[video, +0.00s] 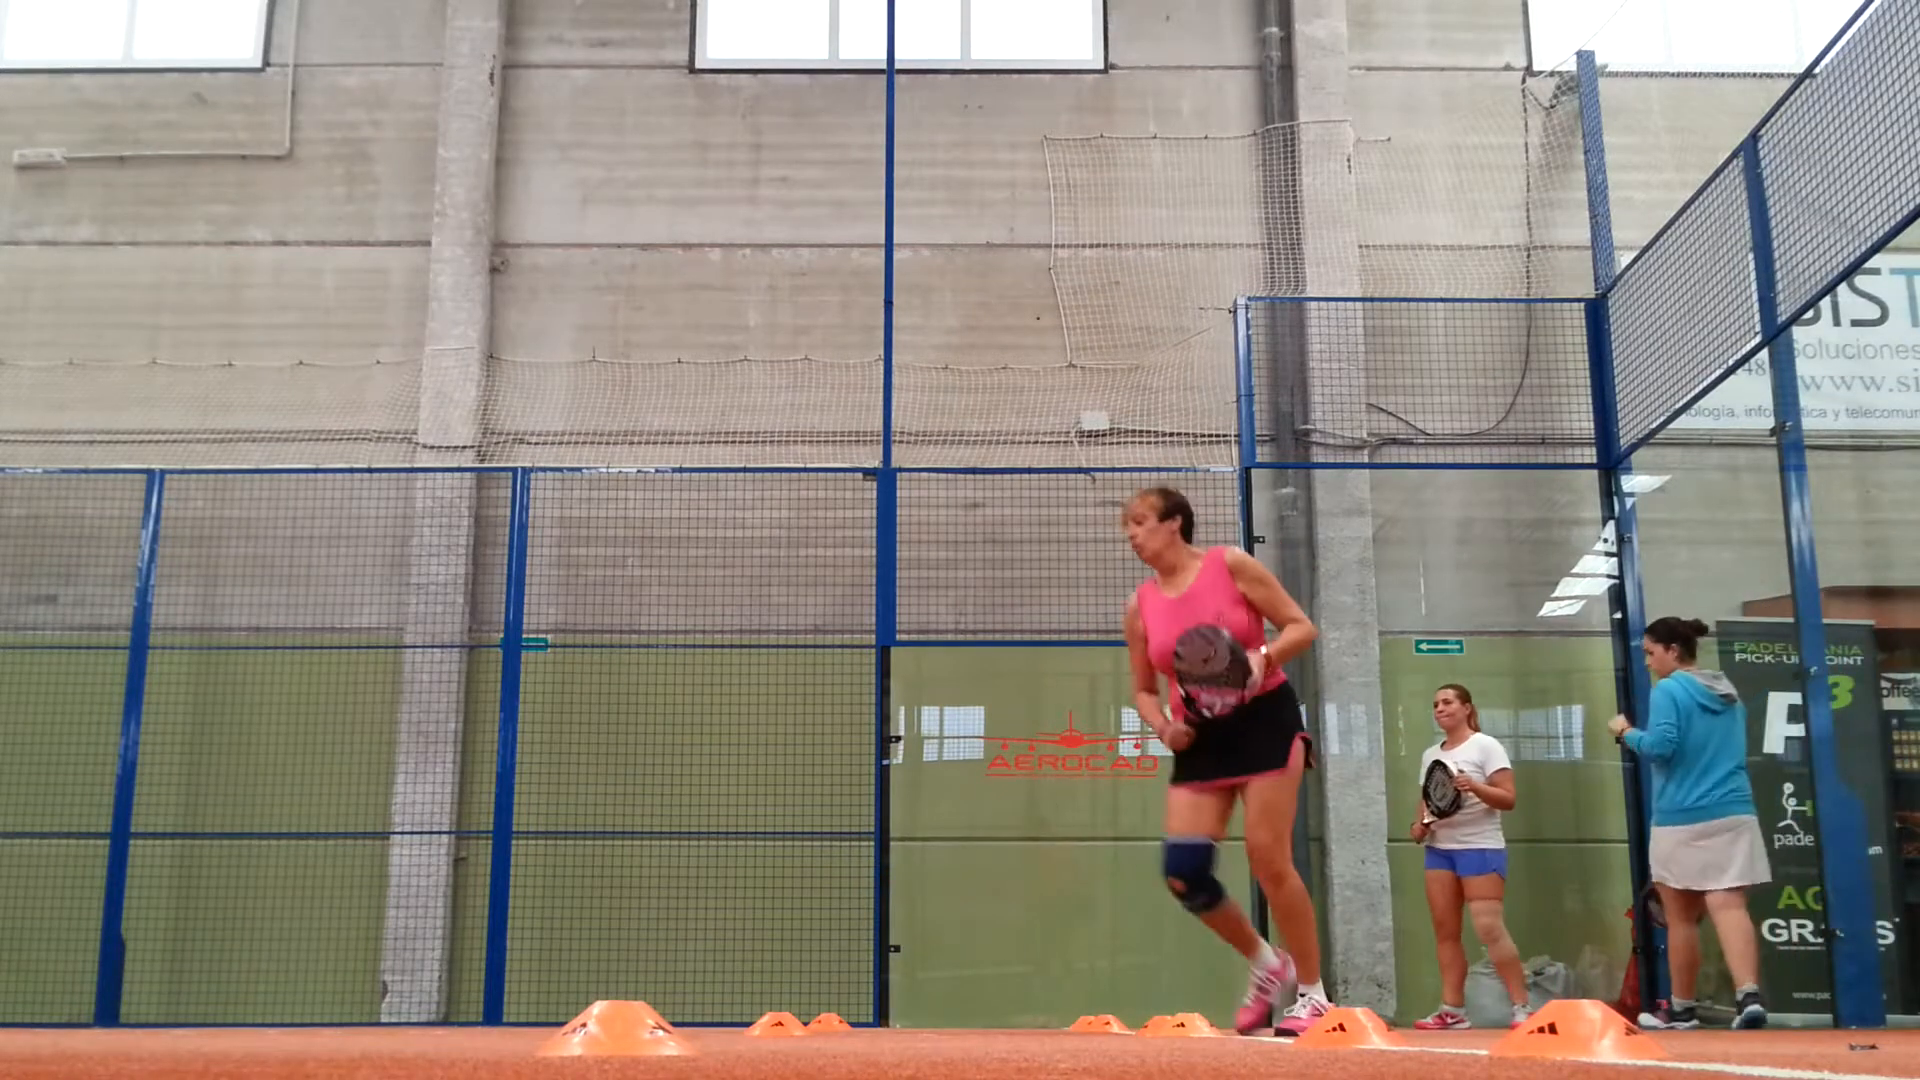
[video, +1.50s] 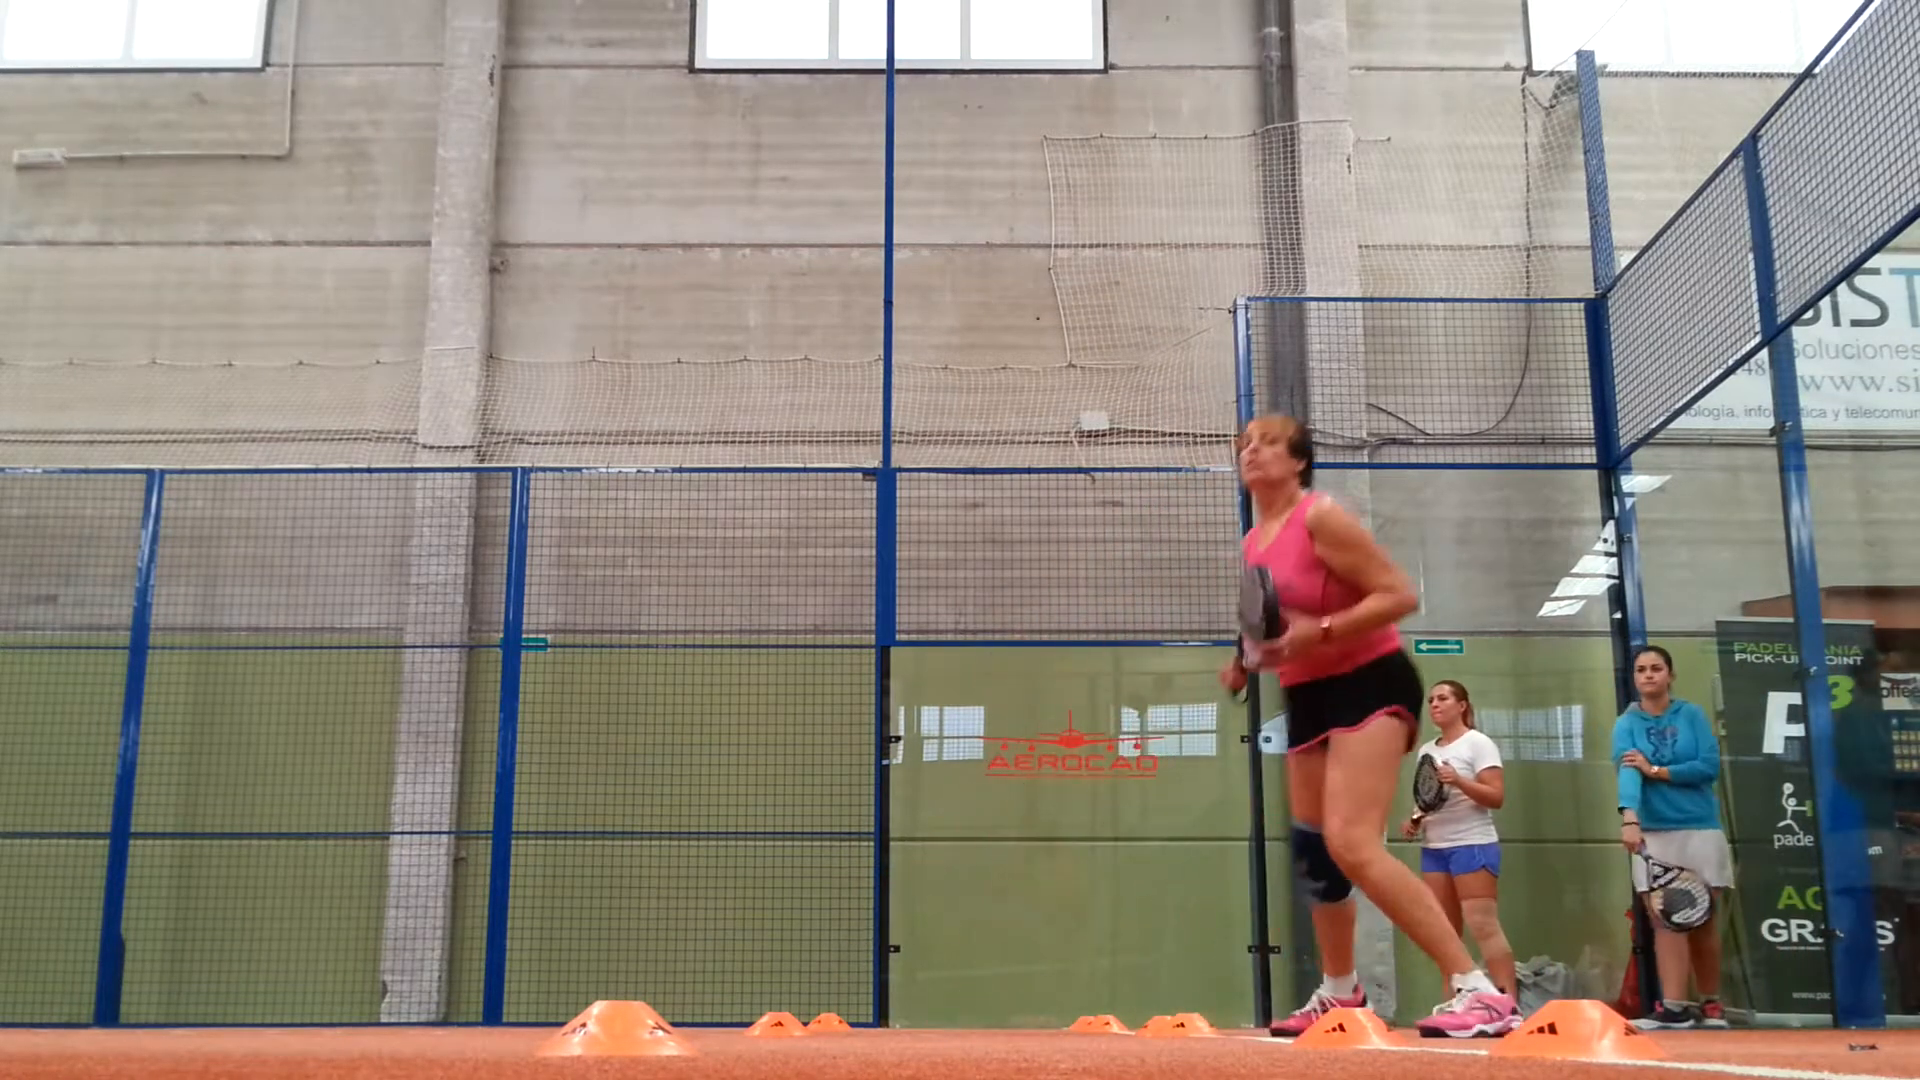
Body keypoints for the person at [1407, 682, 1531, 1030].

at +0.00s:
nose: (1440, 709)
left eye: (1447, 703)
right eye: (1436, 705)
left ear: (1467, 708)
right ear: (1435, 714)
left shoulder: (1487, 746)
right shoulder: (1431, 755)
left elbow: (1508, 799)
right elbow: (1427, 798)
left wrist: (1475, 786)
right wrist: (1422, 822)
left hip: (1480, 848)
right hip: (1440, 849)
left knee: (1489, 929)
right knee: (1446, 932)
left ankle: (1521, 1006)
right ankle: (1453, 1009)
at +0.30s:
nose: (1424, 710)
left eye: (1431, 704)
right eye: (1420, 708)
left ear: (1451, 710)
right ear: (1419, 718)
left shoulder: (1475, 747)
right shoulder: (1417, 759)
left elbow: (1497, 798)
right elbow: (1408, 802)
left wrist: (1464, 788)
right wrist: (1404, 828)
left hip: (1470, 848)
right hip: (1429, 850)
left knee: (1479, 924)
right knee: (1440, 930)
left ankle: (1510, 1006)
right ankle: (1453, 1010)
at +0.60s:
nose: (1428, 709)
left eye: (1434, 702)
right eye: (1424, 705)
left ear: (1455, 708)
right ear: (1422, 716)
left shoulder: (1474, 744)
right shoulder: (1421, 757)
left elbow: (1496, 794)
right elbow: (1420, 802)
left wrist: (1459, 781)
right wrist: (1414, 821)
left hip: (1471, 845)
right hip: (1432, 849)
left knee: (1483, 927)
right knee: (1442, 931)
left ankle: (1510, 1006)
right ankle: (1453, 1010)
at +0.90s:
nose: (1433, 706)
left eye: (1441, 700)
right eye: (1429, 702)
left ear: (1460, 707)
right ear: (1428, 712)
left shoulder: (1476, 742)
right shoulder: (1427, 753)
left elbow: (1494, 793)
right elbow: (1425, 799)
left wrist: (1453, 779)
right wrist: (1414, 820)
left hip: (1472, 845)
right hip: (1434, 848)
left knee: (1483, 926)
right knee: (1445, 930)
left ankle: (1509, 1007)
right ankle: (1452, 1009)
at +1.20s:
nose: (1435, 705)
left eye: (1443, 699)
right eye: (1432, 701)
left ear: (1462, 706)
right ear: (1430, 710)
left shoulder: (1478, 743)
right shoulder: (1428, 752)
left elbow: (1496, 795)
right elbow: (1427, 799)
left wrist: (1456, 781)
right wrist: (1416, 820)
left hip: (1473, 845)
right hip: (1436, 848)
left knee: (1484, 927)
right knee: (1446, 930)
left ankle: (1509, 1007)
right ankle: (1452, 1009)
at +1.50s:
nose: (1435, 705)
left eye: (1443, 699)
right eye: (1432, 700)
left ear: (1463, 706)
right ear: (1429, 710)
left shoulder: (1479, 743)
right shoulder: (1427, 751)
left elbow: (1495, 796)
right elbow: (1429, 796)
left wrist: (1458, 781)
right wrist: (1415, 818)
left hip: (1472, 843)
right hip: (1434, 847)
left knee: (1484, 926)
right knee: (1444, 931)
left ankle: (1508, 1006)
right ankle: (1451, 1005)